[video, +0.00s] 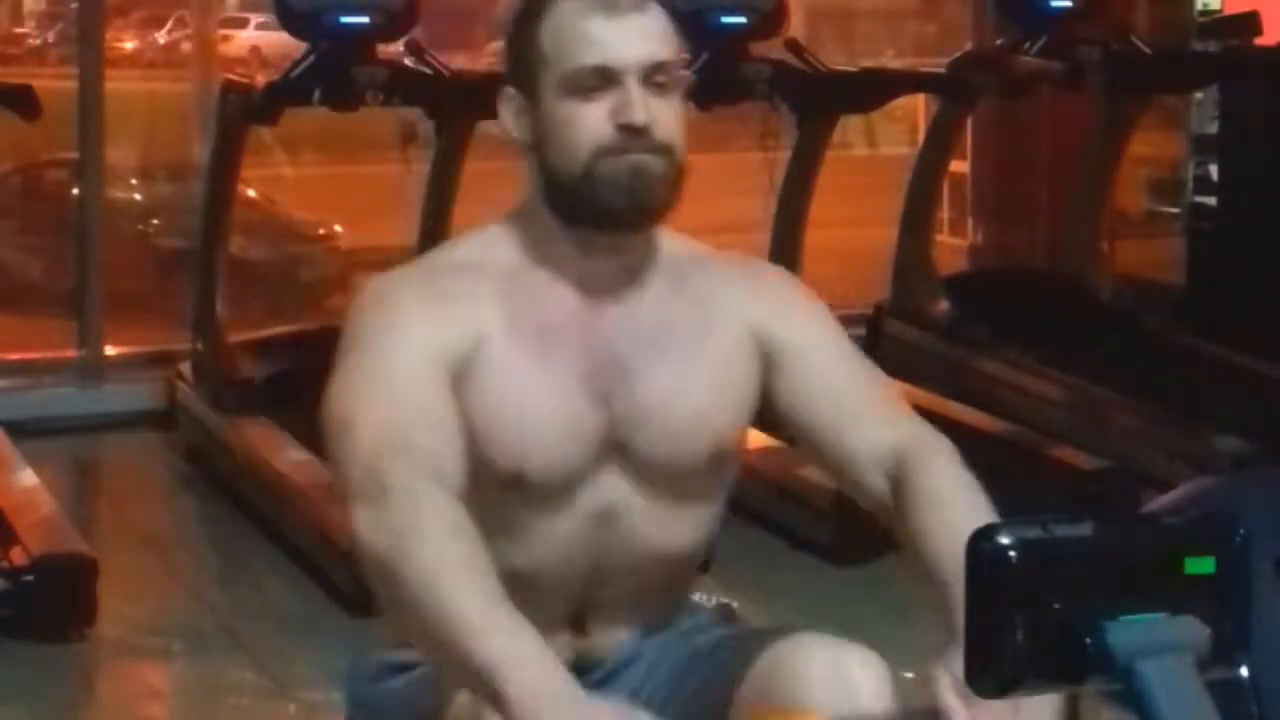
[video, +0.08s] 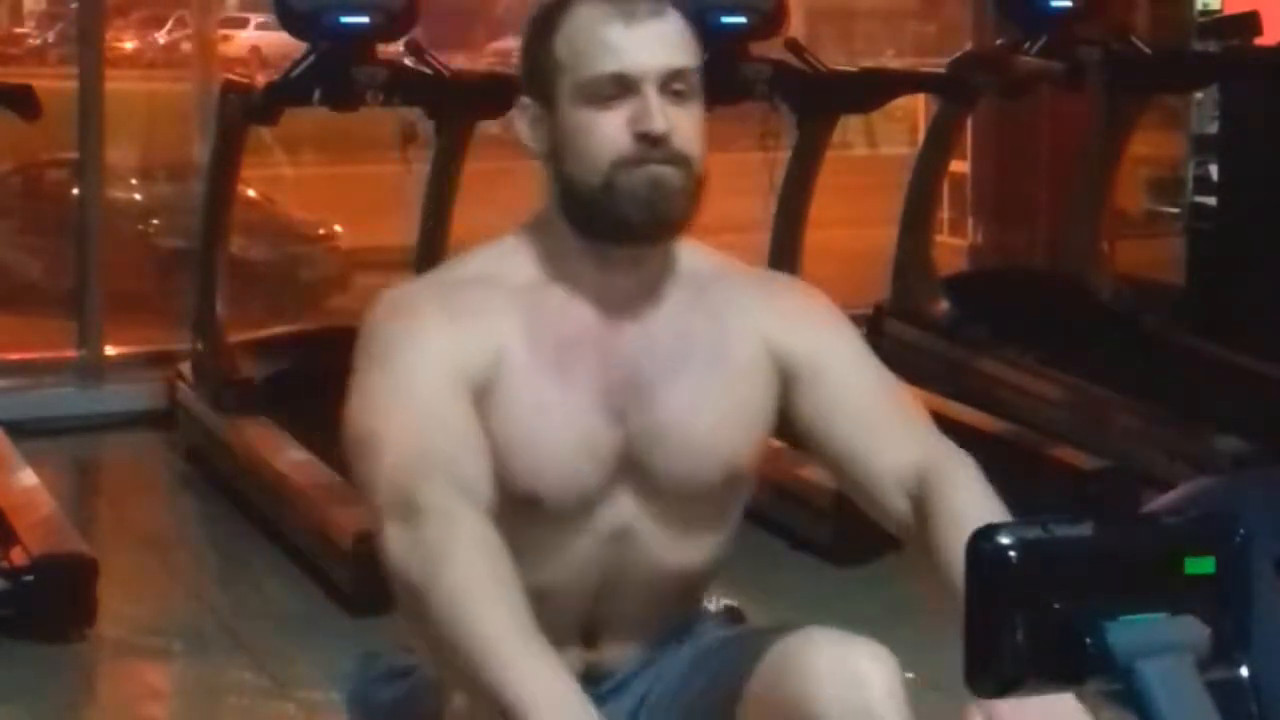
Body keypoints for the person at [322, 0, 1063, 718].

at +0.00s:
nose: (636, 115)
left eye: (659, 84)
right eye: (591, 87)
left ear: (689, 105)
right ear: (519, 115)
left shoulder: (757, 303)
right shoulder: (415, 311)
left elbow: (906, 462)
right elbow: (402, 518)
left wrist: (1001, 632)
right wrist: (542, 694)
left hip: (663, 655)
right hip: (468, 665)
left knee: (843, 683)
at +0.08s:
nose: (655, 123)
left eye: (678, 91)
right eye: (610, 94)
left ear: (706, 114)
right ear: (533, 126)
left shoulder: (779, 318)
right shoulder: (431, 324)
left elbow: (927, 482)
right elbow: (428, 528)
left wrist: (1032, 664)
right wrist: (561, 712)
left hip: (670, 668)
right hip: (481, 677)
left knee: (849, 676)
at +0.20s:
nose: (689, 145)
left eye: (711, 110)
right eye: (641, 115)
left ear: (740, 133)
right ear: (559, 147)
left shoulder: (817, 344)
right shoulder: (451, 357)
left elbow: (962, 519)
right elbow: (487, 585)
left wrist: (1073, 684)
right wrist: (573, 714)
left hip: (691, 677)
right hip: (499, 688)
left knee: (857, 669)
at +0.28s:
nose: (701, 157)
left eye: (724, 121)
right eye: (653, 125)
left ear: (753, 145)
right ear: (573, 159)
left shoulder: (826, 355)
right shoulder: (460, 367)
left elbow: (980, 540)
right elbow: (508, 587)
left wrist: (1083, 691)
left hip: (698, 679)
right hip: (501, 688)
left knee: (857, 670)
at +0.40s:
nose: (698, 158)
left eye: (720, 121)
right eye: (649, 126)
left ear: (749, 143)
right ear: (568, 159)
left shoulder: (822, 353)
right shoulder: (455, 363)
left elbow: (973, 543)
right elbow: (505, 584)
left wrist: (1078, 700)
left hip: (690, 681)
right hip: (482, 686)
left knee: (856, 672)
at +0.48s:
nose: (681, 142)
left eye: (702, 108)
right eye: (633, 111)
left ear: (729, 129)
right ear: (553, 144)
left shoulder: (805, 337)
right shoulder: (444, 342)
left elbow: (946, 519)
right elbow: (481, 569)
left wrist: (1062, 691)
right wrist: (569, 718)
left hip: (677, 674)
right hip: (473, 684)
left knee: (854, 674)